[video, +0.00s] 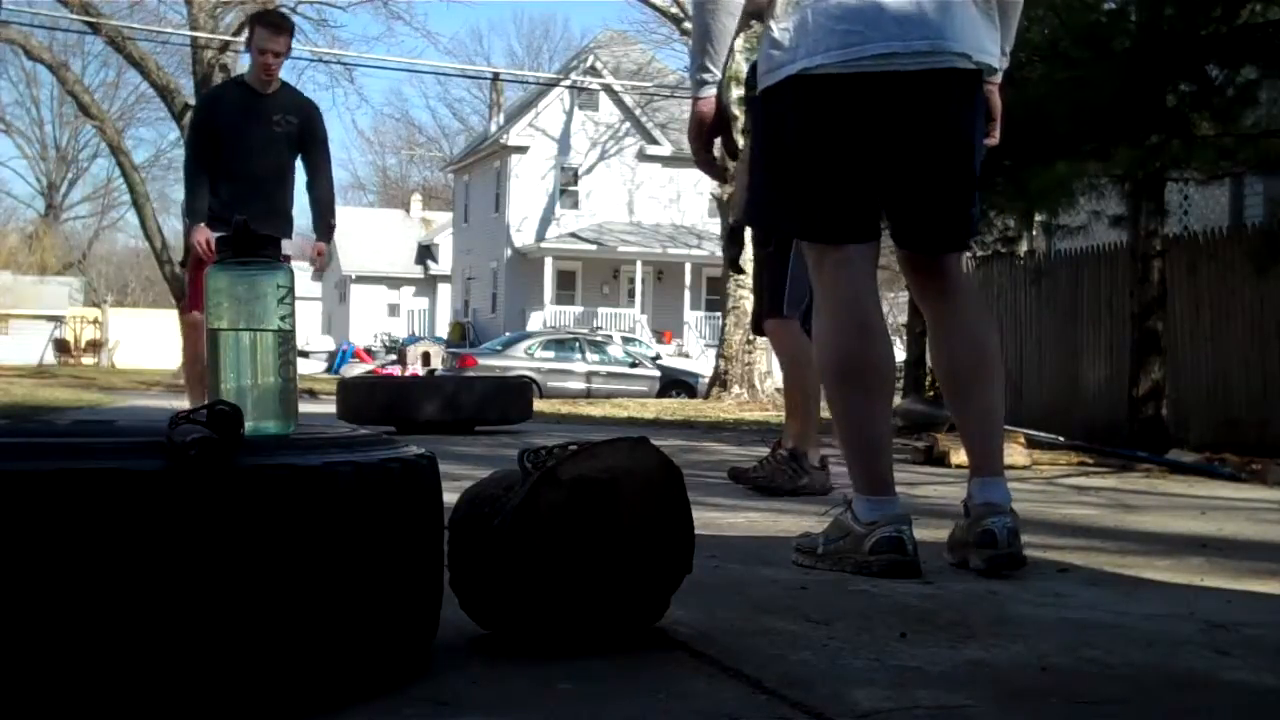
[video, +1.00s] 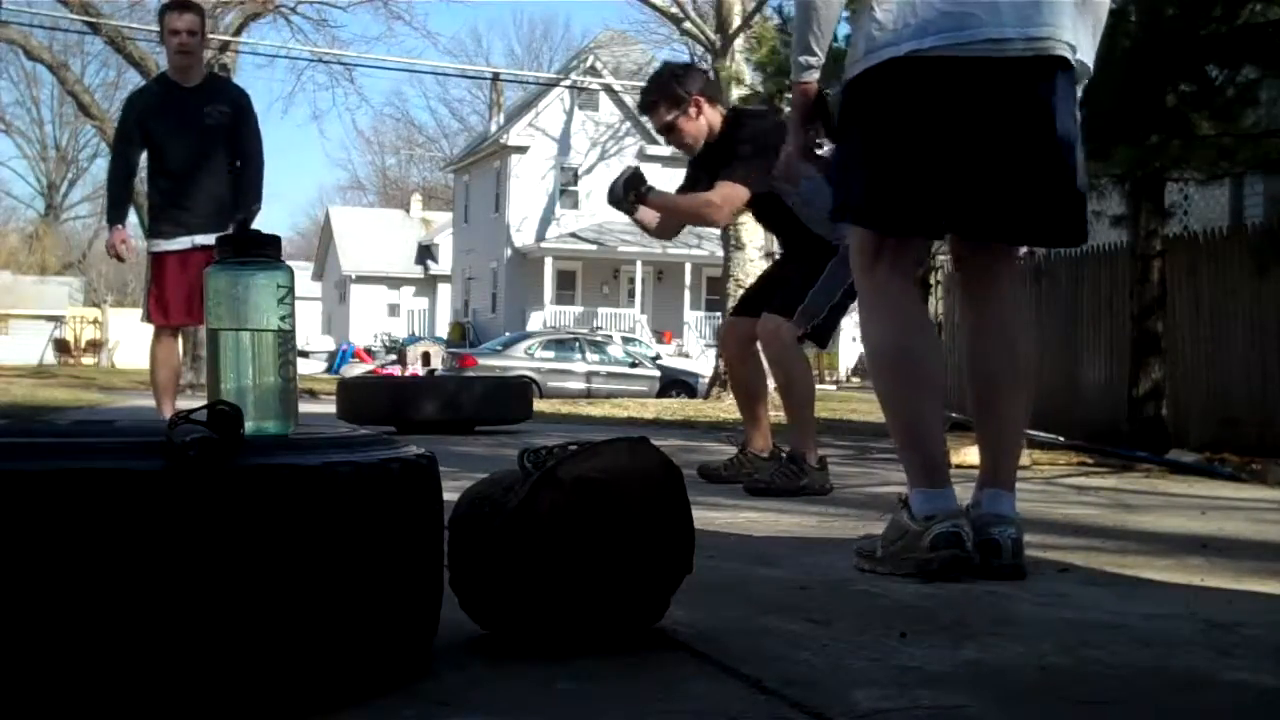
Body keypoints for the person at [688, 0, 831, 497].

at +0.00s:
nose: (744, 9)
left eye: (746, 6)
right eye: (744, 8)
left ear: (762, 3)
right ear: (767, 6)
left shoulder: (781, 45)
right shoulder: (760, 43)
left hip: (787, 199)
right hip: (774, 200)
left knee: (781, 317)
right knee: (784, 320)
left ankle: (803, 456)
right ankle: (796, 451)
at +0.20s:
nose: (757, 6)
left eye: (762, 4)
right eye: (759, 5)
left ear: (777, 3)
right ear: (775, 6)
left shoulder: (789, 46)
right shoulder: (768, 43)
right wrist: (746, 205)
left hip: (793, 200)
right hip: (781, 200)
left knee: (781, 320)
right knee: (791, 325)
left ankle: (799, 455)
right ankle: (795, 451)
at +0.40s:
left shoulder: (795, 27)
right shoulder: (783, 26)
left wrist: (753, 202)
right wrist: (744, 199)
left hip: (797, 191)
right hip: (774, 192)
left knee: (782, 320)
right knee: (763, 323)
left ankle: (803, 456)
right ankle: (788, 451)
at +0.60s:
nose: (718, 11)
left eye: (723, 3)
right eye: (716, 7)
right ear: (736, 10)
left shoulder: (798, 44)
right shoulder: (747, 59)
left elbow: (777, 149)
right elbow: (737, 148)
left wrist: (724, 219)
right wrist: (714, 215)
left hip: (819, 195)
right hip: (789, 198)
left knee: (784, 323)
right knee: (750, 321)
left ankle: (805, 458)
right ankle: (774, 442)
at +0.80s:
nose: (685, 58)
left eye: (691, 46)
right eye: (681, 48)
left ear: (725, 35)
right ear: (718, 40)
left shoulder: (767, 82)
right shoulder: (730, 95)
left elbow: (751, 175)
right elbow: (718, 178)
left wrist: (677, 196)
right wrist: (672, 196)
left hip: (824, 221)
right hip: (790, 224)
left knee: (783, 329)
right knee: (746, 329)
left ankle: (807, 460)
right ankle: (761, 450)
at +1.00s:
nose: (671, 140)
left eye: (670, 128)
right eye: (663, 134)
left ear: (699, 105)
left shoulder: (758, 129)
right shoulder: (707, 159)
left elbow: (719, 210)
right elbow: (665, 227)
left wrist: (645, 194)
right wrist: (632, 205)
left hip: (840, 242)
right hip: (801, 251)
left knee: (776, 329)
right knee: (735, 335)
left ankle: (807, 460)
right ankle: (759, 452)